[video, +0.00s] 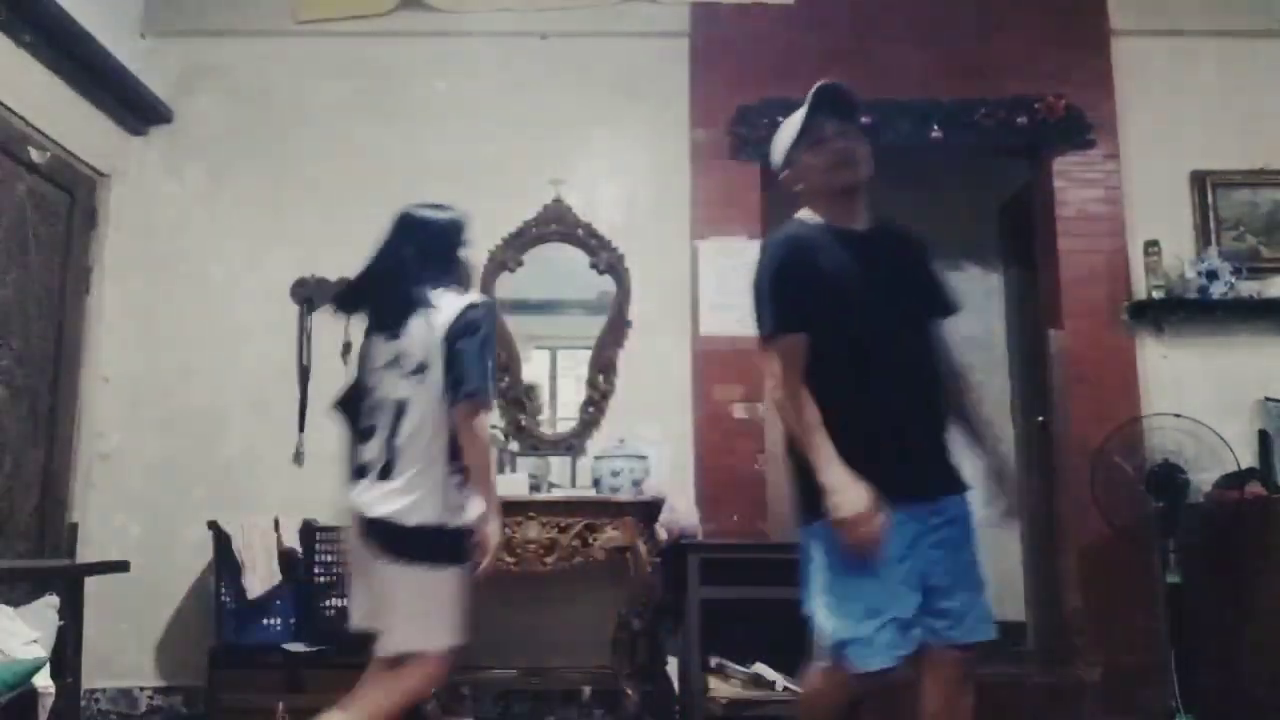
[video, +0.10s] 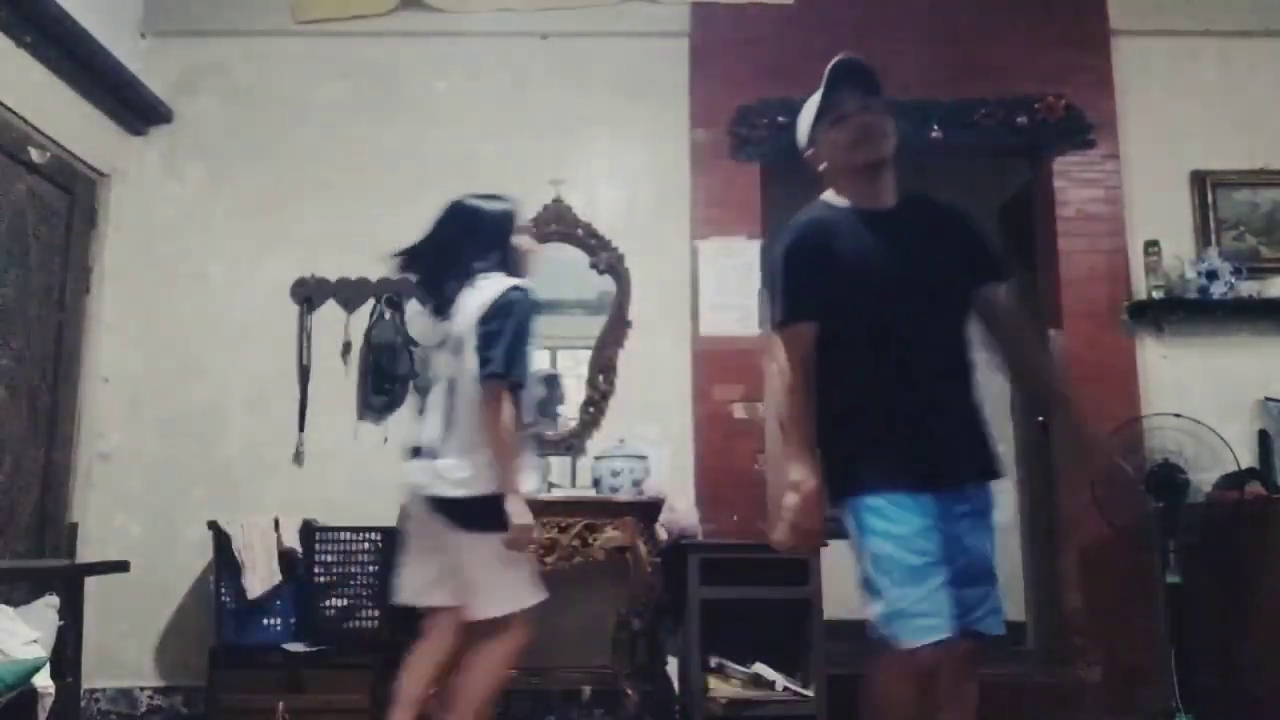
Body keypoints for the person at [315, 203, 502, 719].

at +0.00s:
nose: (468, 258)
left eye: (463, 249)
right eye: (463, 249)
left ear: (402, 251)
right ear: (451, 255)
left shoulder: (383, 310)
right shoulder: (466, 314)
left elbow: (356, 403)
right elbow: (469, 416)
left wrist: (373, 484)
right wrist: (489, 506)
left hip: (373, 507)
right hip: (426, 515)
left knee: (389, 652)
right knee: (430, 659)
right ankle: (342, 714)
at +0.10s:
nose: (524, 243)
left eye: (521, 233)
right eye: (517, 234)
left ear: (453, 240)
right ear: (496, 242)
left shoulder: (429, 296)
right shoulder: (506, 296)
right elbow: (496, 398)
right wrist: (513, 493)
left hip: (427, 485)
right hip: (477, 490)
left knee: (442, 623)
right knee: (512, 624)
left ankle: (400, 712)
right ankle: (456, 714)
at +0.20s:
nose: (581, 259)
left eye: (576, 247)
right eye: (571, 248)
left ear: (520, 259)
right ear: (547, 258)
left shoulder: (509, 307)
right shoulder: (553, 314)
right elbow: (542, 419)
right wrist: (541, 512)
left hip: (480, 499)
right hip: (530, 507)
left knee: (468, 647)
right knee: (570, 641)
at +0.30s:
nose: (626, 289)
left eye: (623, 278)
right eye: (614, 279)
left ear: (552, 297)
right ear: (588, 288)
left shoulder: (556, 344)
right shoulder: (607, 347)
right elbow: (604, 454)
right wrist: (618, 539)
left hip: (540, 531)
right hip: (589, 538)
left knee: (511, 647)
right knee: (640, 649)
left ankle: (458, 715)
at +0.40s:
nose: (683, 288)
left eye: (678, 278)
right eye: (674, 280)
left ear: (631, 291)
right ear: (653, 291)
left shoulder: (612, 344)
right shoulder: (662, 351)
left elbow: (606, 443)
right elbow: (669, 458)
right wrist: (695, 518)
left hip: (609, 526)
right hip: (654, 530)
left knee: (632, 645)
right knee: (690, 650)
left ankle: (526, 711)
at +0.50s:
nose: (729, 275)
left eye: (725, 266)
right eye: (720, 267)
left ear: (687, 278)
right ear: (699, 277)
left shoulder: (677, 333)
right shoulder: (699, 336)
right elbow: (715, 433)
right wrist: (774, 480)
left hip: (694, 518)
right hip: (690, 522)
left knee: (752, 620)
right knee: (695, 646)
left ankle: (658, 696)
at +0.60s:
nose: (785, 264)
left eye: (783, 255)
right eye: (773, 255)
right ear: (740, 264)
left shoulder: (750, 321)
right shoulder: (734, 319)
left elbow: (748, 415)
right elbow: (746, 412)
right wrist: (828, 432)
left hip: (771, 509)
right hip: (730, 509)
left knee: (817, 612)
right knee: (712, 639)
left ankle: (816, 712)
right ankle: (689, 715)